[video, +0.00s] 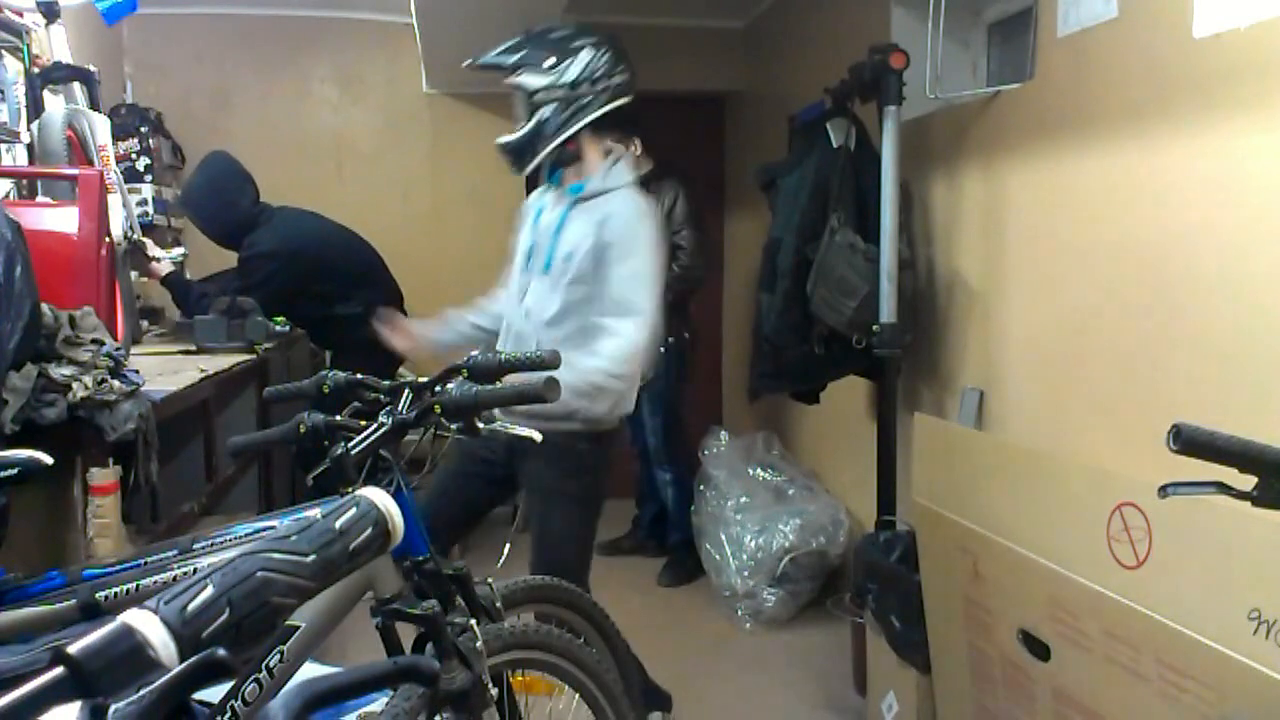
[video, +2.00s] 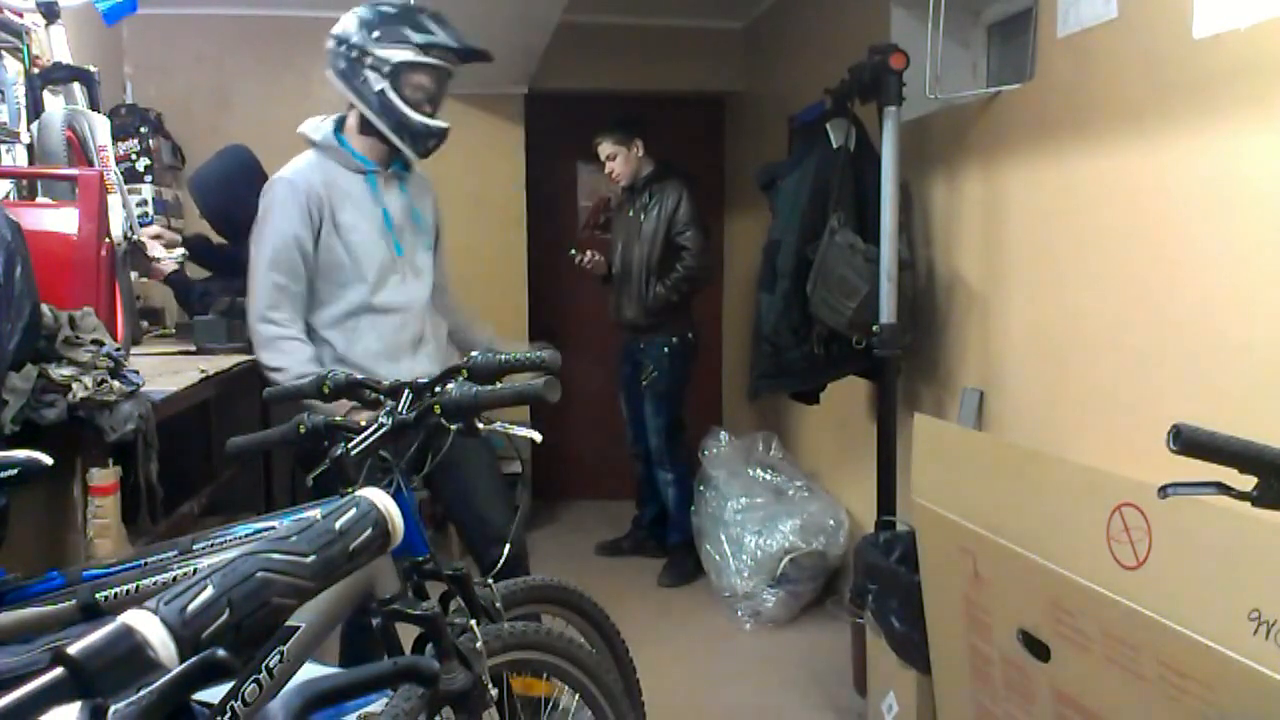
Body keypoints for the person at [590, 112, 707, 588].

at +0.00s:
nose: (611, 164)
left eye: (614, 155)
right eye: (607, 157)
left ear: (636, 149)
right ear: (615, 157)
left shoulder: (669, 193)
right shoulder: (615, 202)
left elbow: (690, 263)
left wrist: (654, 299)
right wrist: (614, 299)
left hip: (665, 328)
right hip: (629, 325)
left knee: (662, 437)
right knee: (640, 436)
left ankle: (684, 543)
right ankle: (649, 527)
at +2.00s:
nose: (609, 169)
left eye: (612, 158)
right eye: (604, 162)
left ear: (639, 149)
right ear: (611, 164)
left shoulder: (672, 193)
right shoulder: (626, 203)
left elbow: (695, 261)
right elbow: (627, 267)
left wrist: (657, 297)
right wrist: (605, 268)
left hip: (666, 336)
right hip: (634, 335)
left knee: (663, 442)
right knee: (640, 442)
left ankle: (683, 545)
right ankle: (649, 531)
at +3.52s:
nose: (605, 171)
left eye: (609, 160)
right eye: (600, 164)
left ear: (633, 151)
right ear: (605, 164)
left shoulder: (670, 194)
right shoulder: (619, 204)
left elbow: (692, 258)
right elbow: (616, 265)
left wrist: (653, 306)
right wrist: (608, 305)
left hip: (663, 330)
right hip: (624, 329)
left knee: (663, 428)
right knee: (630, 429)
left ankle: (684, 540)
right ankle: (644, 525)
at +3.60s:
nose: (592, 152)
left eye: (594, 140)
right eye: (580, 138)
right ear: (550, 140)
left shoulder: (527, 215)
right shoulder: (565, 211)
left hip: (559, 423)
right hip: (593, 426)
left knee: (592, 539)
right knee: (696, 545)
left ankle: (512, 617)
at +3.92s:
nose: (626, 106)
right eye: (616, 99)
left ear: (558, 119)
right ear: (587, 108)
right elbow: (659, 293)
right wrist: (772, 304)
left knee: (659, 521)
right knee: (722, 558)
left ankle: (577, 624)